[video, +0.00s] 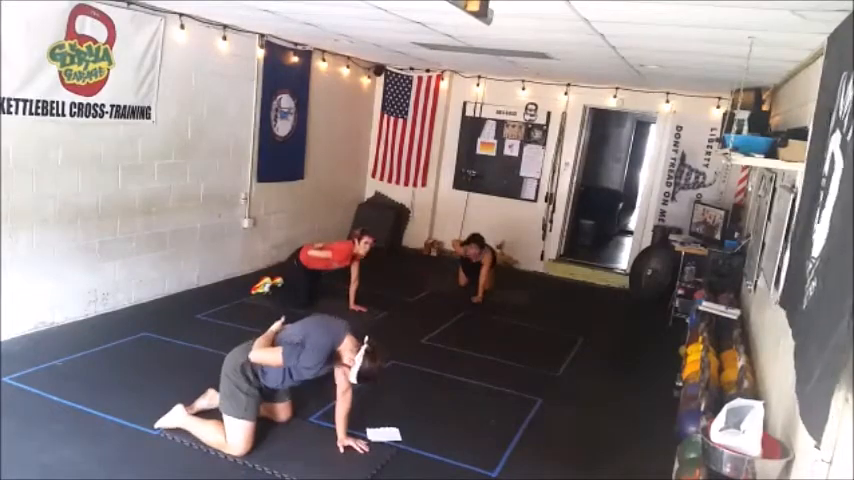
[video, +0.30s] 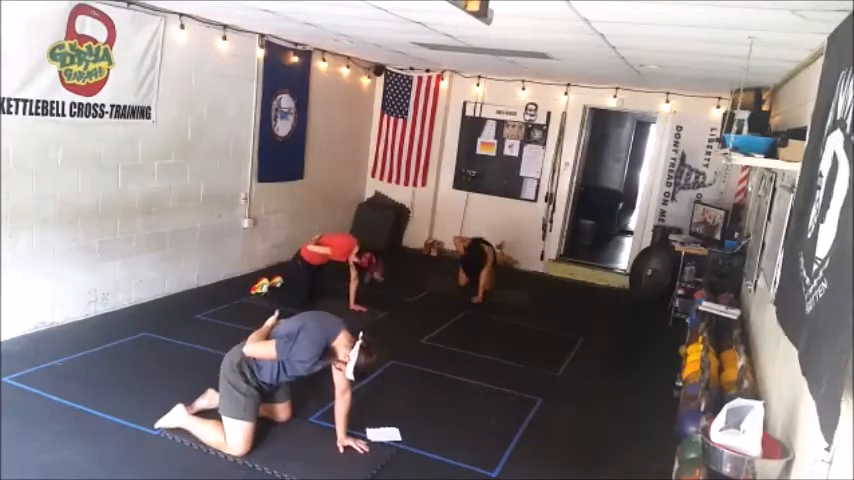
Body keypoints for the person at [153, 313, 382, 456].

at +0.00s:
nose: (349, 372)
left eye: (353, 371)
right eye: (353, 370)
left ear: (359, 353)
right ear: (354, 362)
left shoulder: (346, 339)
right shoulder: (314, 350)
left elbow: (344, 390)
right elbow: (255, 355)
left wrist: (342, 435)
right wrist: (271, 330)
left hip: (275, 366)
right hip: (244, 368)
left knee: (281, 413)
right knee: (236, 446)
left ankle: (217, 400)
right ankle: (182, 419)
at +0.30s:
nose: (341, 370)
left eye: (346, 369)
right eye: (345, 366)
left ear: (353, 351)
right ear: (349, 358)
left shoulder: (344, 339)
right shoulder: (307, 347)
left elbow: (343, 392)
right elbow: (249, 348)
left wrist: (343, 436)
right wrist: (266, 326)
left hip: (272, 368)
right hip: (242, 369)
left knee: (281, 412)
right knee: (236, 446)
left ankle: (217, 400)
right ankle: (182, 418)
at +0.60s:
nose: (355, 374)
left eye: (360, 372)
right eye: (359, 370)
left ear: (362, 351)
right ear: (358, 361)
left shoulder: (347, 338)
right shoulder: (314, 356)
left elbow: (343, 391)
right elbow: (255, 360)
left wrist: (341, 435)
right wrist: (271, 333)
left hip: (274, 366)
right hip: (242, 367)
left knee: (281, 413)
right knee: (237, 445)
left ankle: (217, 399)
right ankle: (182, 418)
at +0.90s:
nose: (371, 315)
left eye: (371, 309)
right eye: (364, 311)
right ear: (344, 315)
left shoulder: (348, 349)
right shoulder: (318, 344)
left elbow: (344, 394)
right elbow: (260, 366)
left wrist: (342, 436)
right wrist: (279, 342)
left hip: (269, 362)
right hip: (242, 368)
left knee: (281, 411)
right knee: (237, 446)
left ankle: (217, 401)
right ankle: (181, 417)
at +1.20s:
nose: (346, 366)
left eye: (349, 364)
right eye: (349, 362)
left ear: (354, 347)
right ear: (354, 353)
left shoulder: (344, 339)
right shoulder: (311, 343)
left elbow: (342, 392)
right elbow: (252, 345)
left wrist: (343, 435)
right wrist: (268, 325)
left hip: (273, 368)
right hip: (244, 367)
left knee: (282, 412)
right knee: (236, 446)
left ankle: (217, 400)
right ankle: (182, 418)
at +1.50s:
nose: (370, 322)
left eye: (369, 317)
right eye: (364, 319)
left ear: (350, 322)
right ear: (343, 322)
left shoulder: (346, 350)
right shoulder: (315, 350)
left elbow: (344, 394)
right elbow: (253, 368)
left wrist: (342, 436)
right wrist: (276, 342)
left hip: (266, 362)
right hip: (240, 368)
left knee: (281, 411)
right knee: (237, 446)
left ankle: (220, 396)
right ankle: (181, 416)